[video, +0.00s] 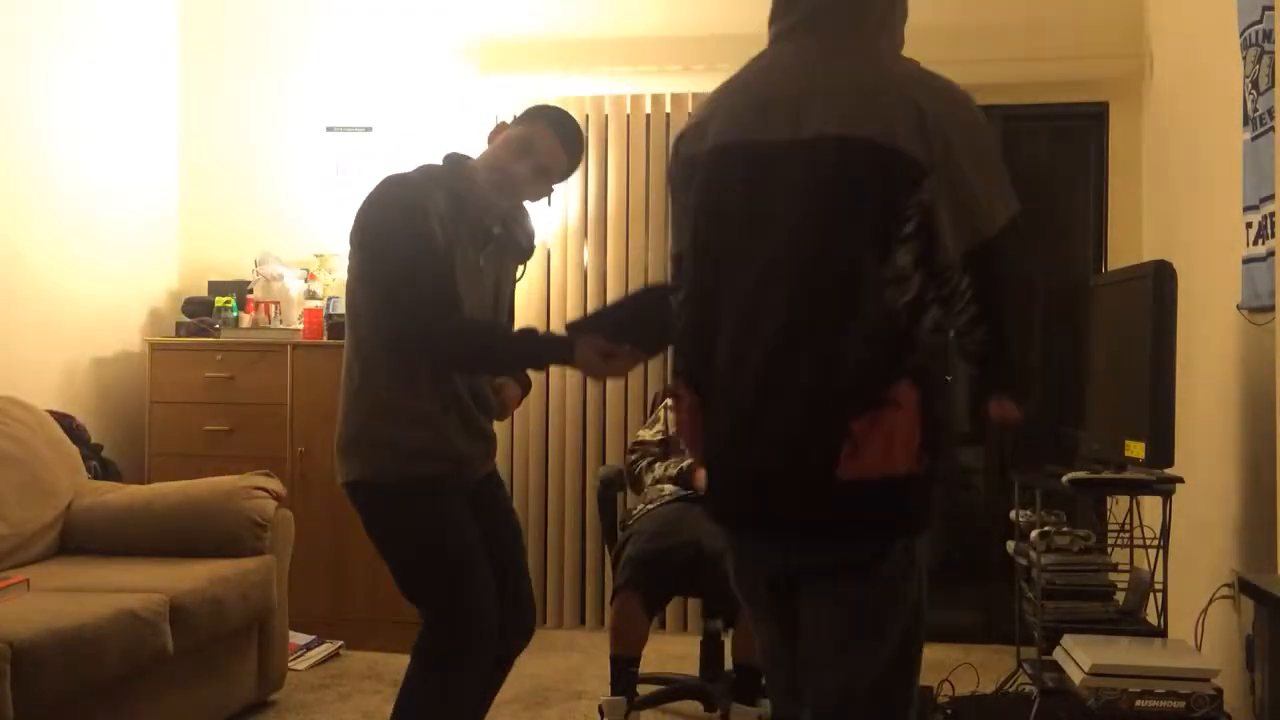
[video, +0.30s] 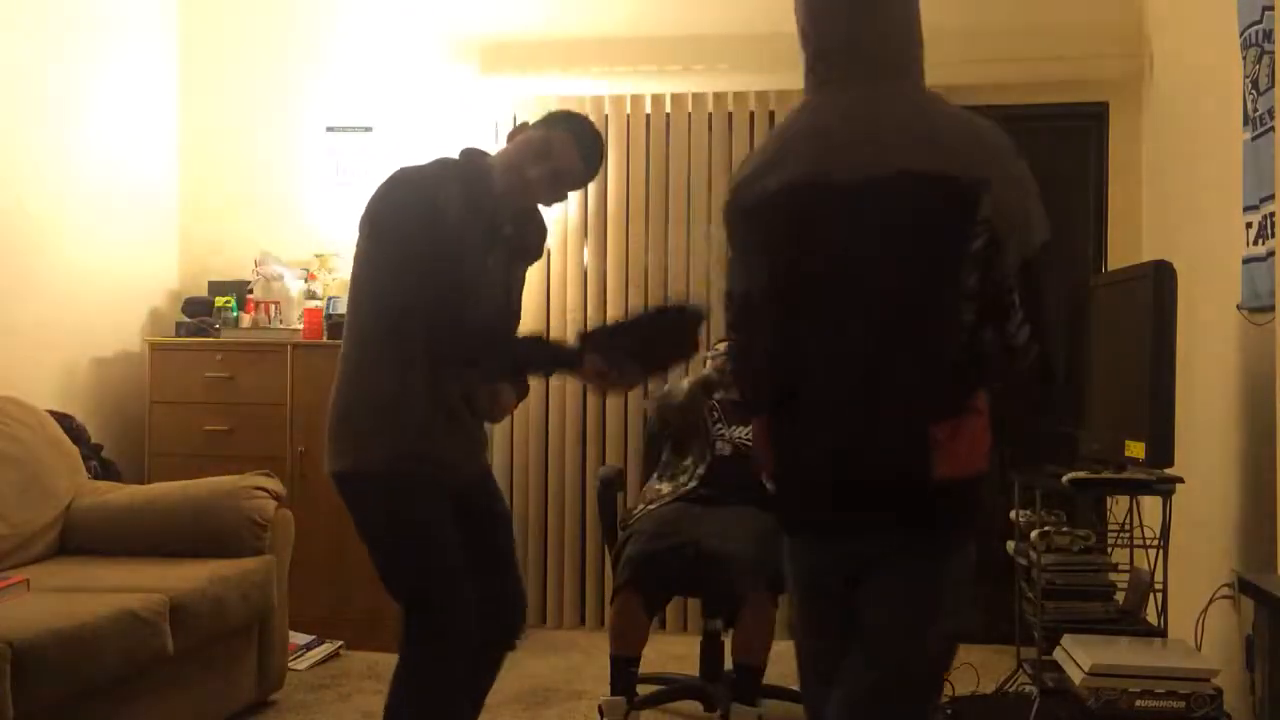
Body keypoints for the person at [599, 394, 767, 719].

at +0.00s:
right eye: (676, 399)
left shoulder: (736, 420)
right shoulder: (673, 400)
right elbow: (639, 464)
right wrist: (690, 471)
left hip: (728, 507)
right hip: (665, 503)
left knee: (750, 586)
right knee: (632, 580)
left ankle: (747, 694)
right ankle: (622, 692)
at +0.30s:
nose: (722, 362)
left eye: (733, 355)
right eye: (716, 355)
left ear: (751, 364)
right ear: (706, 361)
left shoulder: (766, 404)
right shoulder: (683, 398)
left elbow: (778, 469)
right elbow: (662, 416)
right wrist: (703, 380)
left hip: (747, 506)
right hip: (677, 501)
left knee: (756, 581)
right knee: (636, 569)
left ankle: (745, 702)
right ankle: (621, 694)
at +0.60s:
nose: (745, 360)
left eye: (752, 356)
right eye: (734, 353)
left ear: (759, 371)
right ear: (716, 370)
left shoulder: (776, 409)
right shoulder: (690, 404)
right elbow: (673, 392)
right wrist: (718, 358)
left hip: (750, 506)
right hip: (680, 502)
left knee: (757, 578)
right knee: (638, 566)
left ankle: (744, 703)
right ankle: (621, 695)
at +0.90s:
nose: (737, 350)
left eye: (745, 350)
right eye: (728, 348)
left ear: (755, 370)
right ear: (713, 370)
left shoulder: (780, 410)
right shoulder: (690, 404)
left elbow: (812, 453)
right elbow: (672, 396)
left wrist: (818, 462)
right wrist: (711, 360)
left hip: (750, 505)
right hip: (681, 501)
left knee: (756, 577)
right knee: (637, 565)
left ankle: (744, 703)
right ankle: (621, 695)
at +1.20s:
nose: (731, 351)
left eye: (739, 351)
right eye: (722, 350)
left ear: (755, 373)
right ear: (708, 368)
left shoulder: (779, 409)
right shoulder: (687, 398)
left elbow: (821, 453)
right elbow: (672, 420)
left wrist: (821, 461)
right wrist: (711, 370)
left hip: (751, 505)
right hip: (680, 501)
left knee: (756, 577)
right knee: (637, 565)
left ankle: (744, 704)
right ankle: (621, 695)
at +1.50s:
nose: (732, 355)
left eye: (742, 354)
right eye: (723, 350)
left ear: (754, 371)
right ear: (707, 364)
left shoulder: (778, 409)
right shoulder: (684, 398)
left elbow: (821, 453)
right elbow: (676, 406)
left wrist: (820, 460)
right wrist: (716, 361)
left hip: (750, 505)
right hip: (679, 501)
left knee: (756, 576)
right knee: (638, 565)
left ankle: (745, 703)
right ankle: (621, 695)